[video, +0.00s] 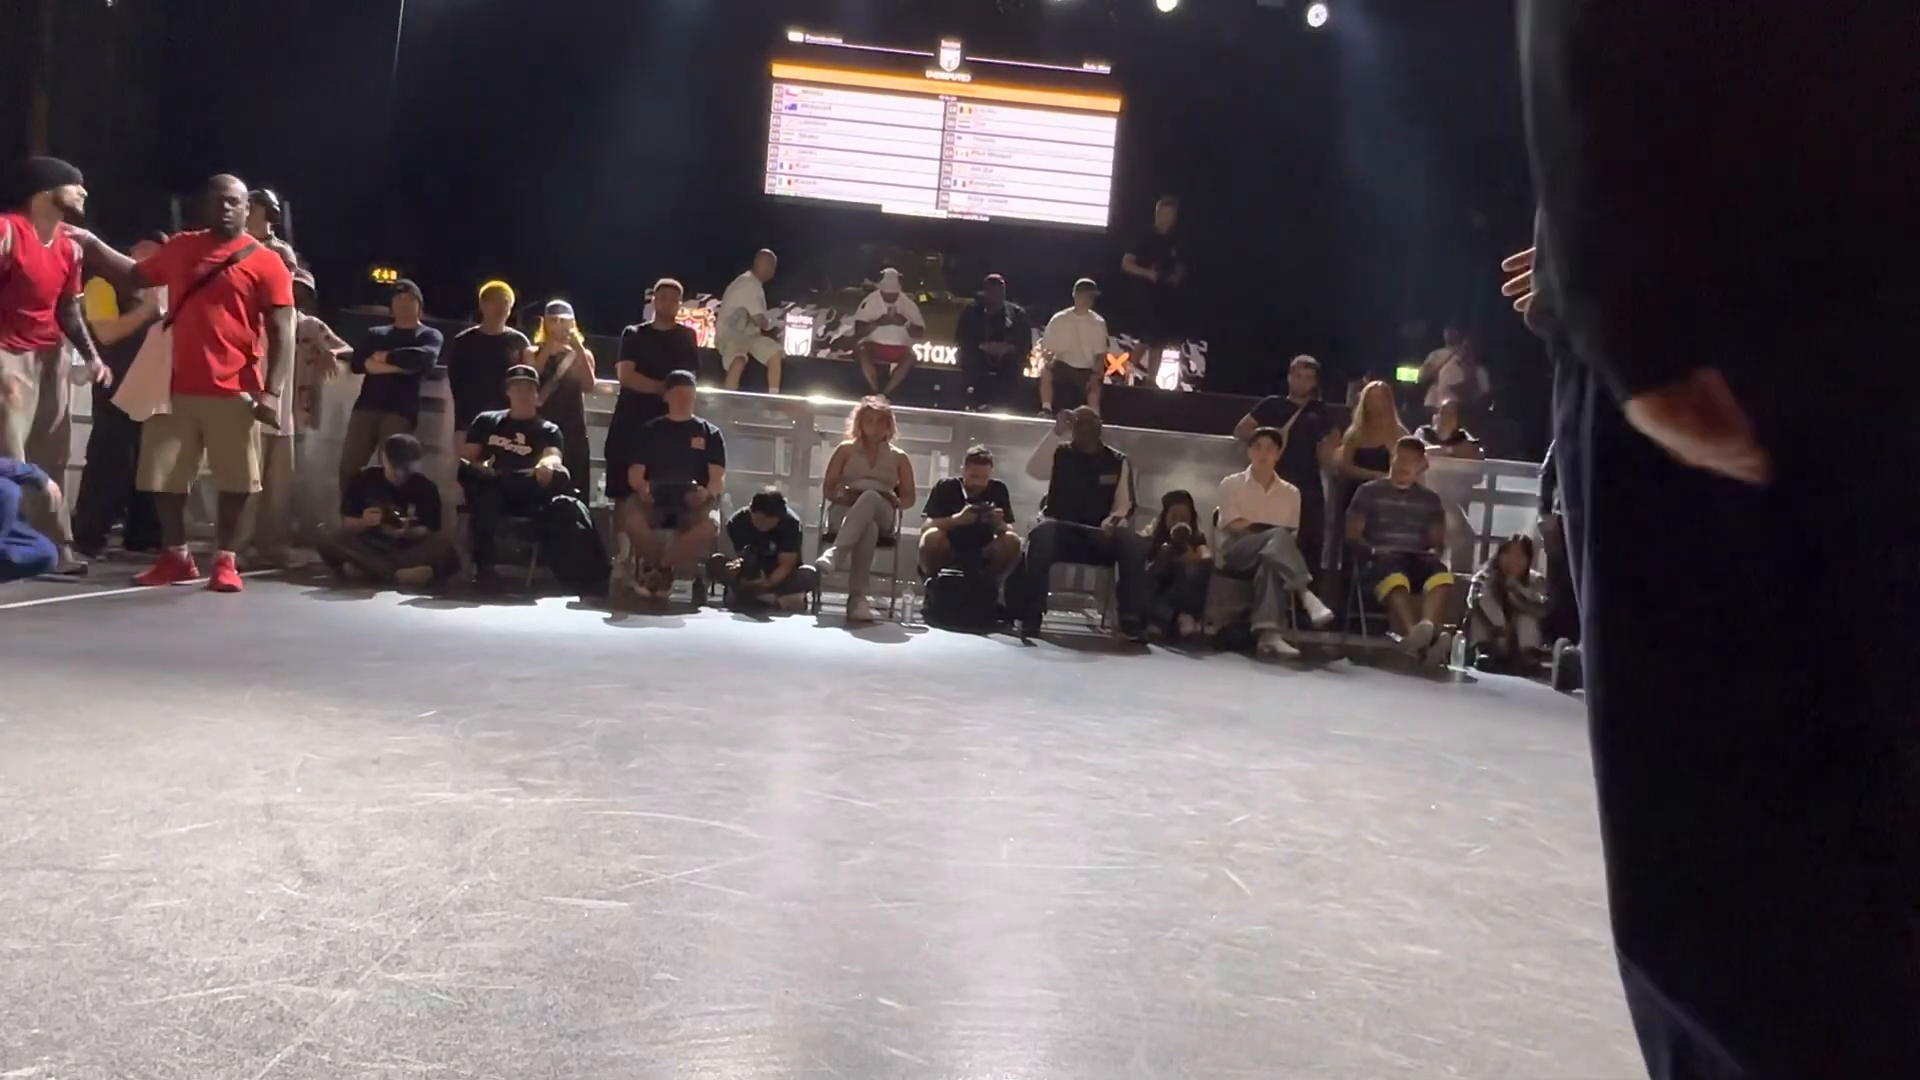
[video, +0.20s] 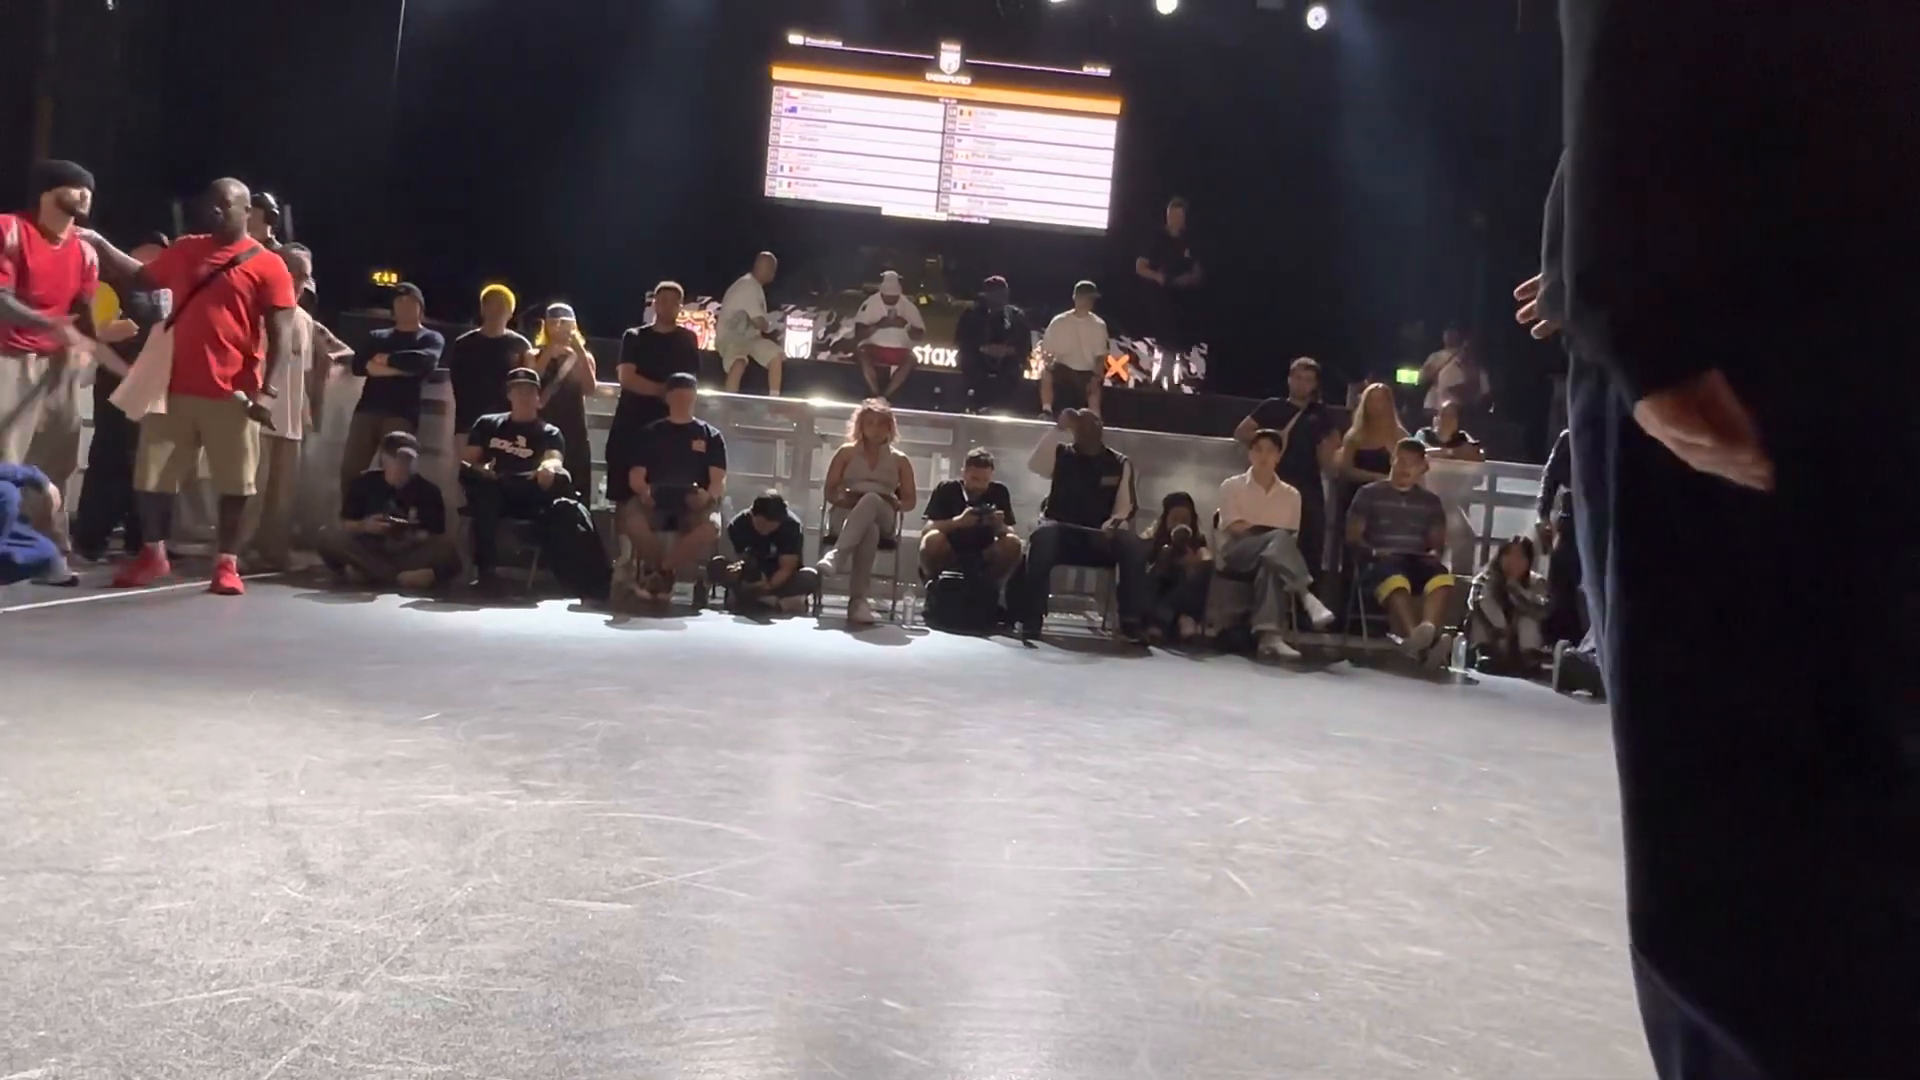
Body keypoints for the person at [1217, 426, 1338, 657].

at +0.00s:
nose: (1264, 454)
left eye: (1270, 449)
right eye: (1258, 448)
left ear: (1278, 455)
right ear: (1250, 452)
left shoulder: (1291, 493)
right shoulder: (1231, 484)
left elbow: (1289, 535)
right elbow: (1234, 527)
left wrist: (1249, 525)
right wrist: (1278, 533)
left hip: (1276, 556)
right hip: (1237, 554)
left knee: (1270, 562)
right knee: (1279, 536)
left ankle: (1269, 633)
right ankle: (1307, 596)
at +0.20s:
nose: (1264, 457)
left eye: (1270, 451)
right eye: (1259, 451)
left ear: (1278, 457)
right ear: (1250, 454)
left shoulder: (1291, 495)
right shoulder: (1232, 486)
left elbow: (1288, 537)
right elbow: (1235, 528)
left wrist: (1249, 528)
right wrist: (1278, 533)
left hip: (1276, 558)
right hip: (1236, 555)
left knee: (1270, 564)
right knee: (1279, 538)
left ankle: (1270, 636)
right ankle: (1308, 598)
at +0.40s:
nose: (1261, 457)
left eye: (1268, 452)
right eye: (1256, 451)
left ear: (1276, 457)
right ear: (1248, 454)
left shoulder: (1289, 495)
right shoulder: (1229, 486)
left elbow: (1286, 537)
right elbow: (1234, 529)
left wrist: (1248, 528)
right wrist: (1276, 533)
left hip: (1274, 557)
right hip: (1235, 555)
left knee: (1269, 563)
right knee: (1277, 538)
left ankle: (1268, 635)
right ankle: (1306, 597)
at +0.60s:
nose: (1257, 457)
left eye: (1263, 452)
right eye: (1252, 451)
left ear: (1272, 457)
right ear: (1244, 454)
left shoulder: (1285, 495)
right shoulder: (1225, 487)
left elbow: (1282, 536)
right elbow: (1229, 528)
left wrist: (1243, 528)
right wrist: (1272, 533)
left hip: (1271, 557)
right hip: (1230, 555)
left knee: (1264, 563)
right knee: (1274, 537)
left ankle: (1264, 636)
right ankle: (1302, 597)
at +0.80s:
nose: (1254, 456)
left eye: (1260, 451)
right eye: (1249, 450)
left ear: (1268, 456)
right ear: (1239, 454)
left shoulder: (1281, 494)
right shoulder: (1222, 486)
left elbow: (1279, 536)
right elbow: (1226, 528)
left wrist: (1239, 527)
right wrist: (1269, 533)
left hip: (1267, 558)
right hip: (1227, 555)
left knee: (1261, 564)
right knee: (1271, 536)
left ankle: (1262, 635)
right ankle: (1299, 596)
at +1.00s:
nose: (1253, 455)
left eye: (1258, 450)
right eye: (1248, 449)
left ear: (1265, 457)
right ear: (1239, 453)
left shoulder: (1279, 494)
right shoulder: (1219, 487)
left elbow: (1278, 536)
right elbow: (1225, 529)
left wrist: (1238, 528)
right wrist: (1270, 532)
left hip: (1267, 558)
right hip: (1226, 555)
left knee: (1259, 565)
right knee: (1269, 538)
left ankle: (1254, 630)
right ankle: (1297, 604)